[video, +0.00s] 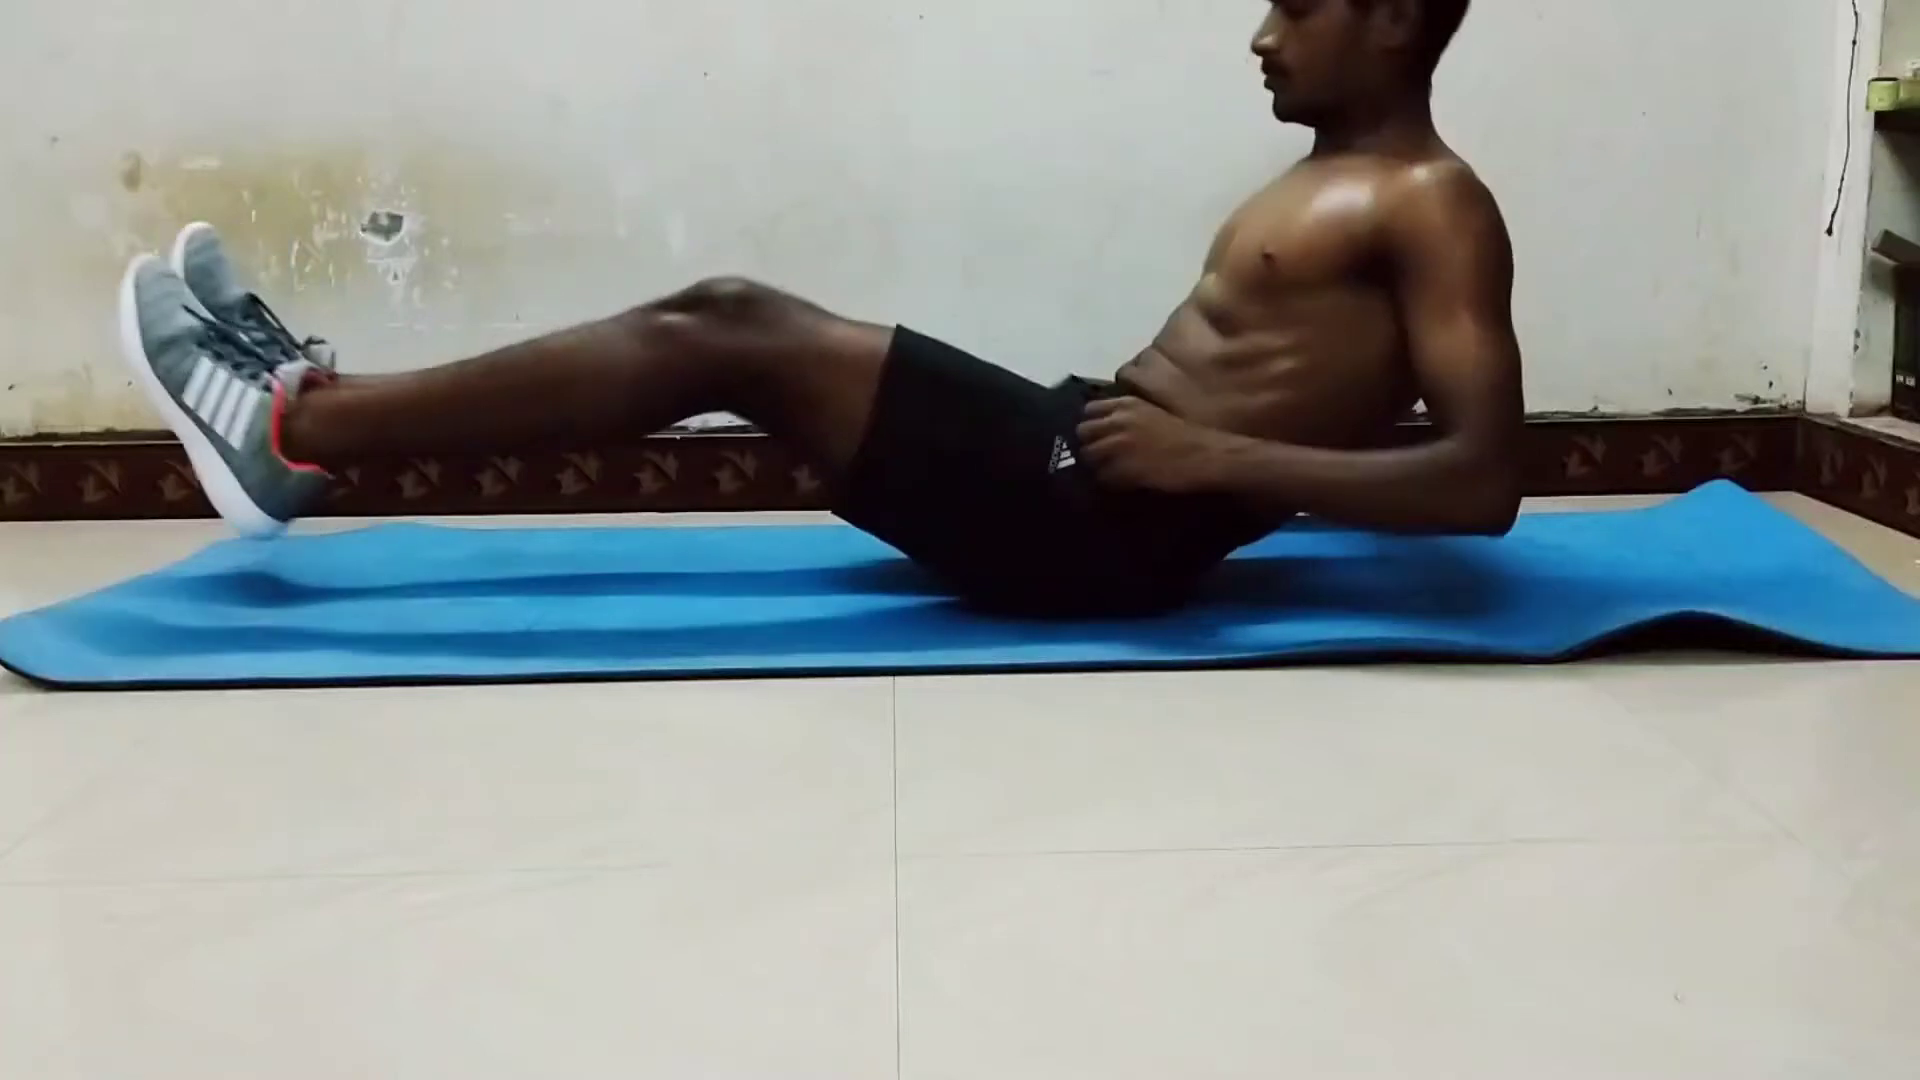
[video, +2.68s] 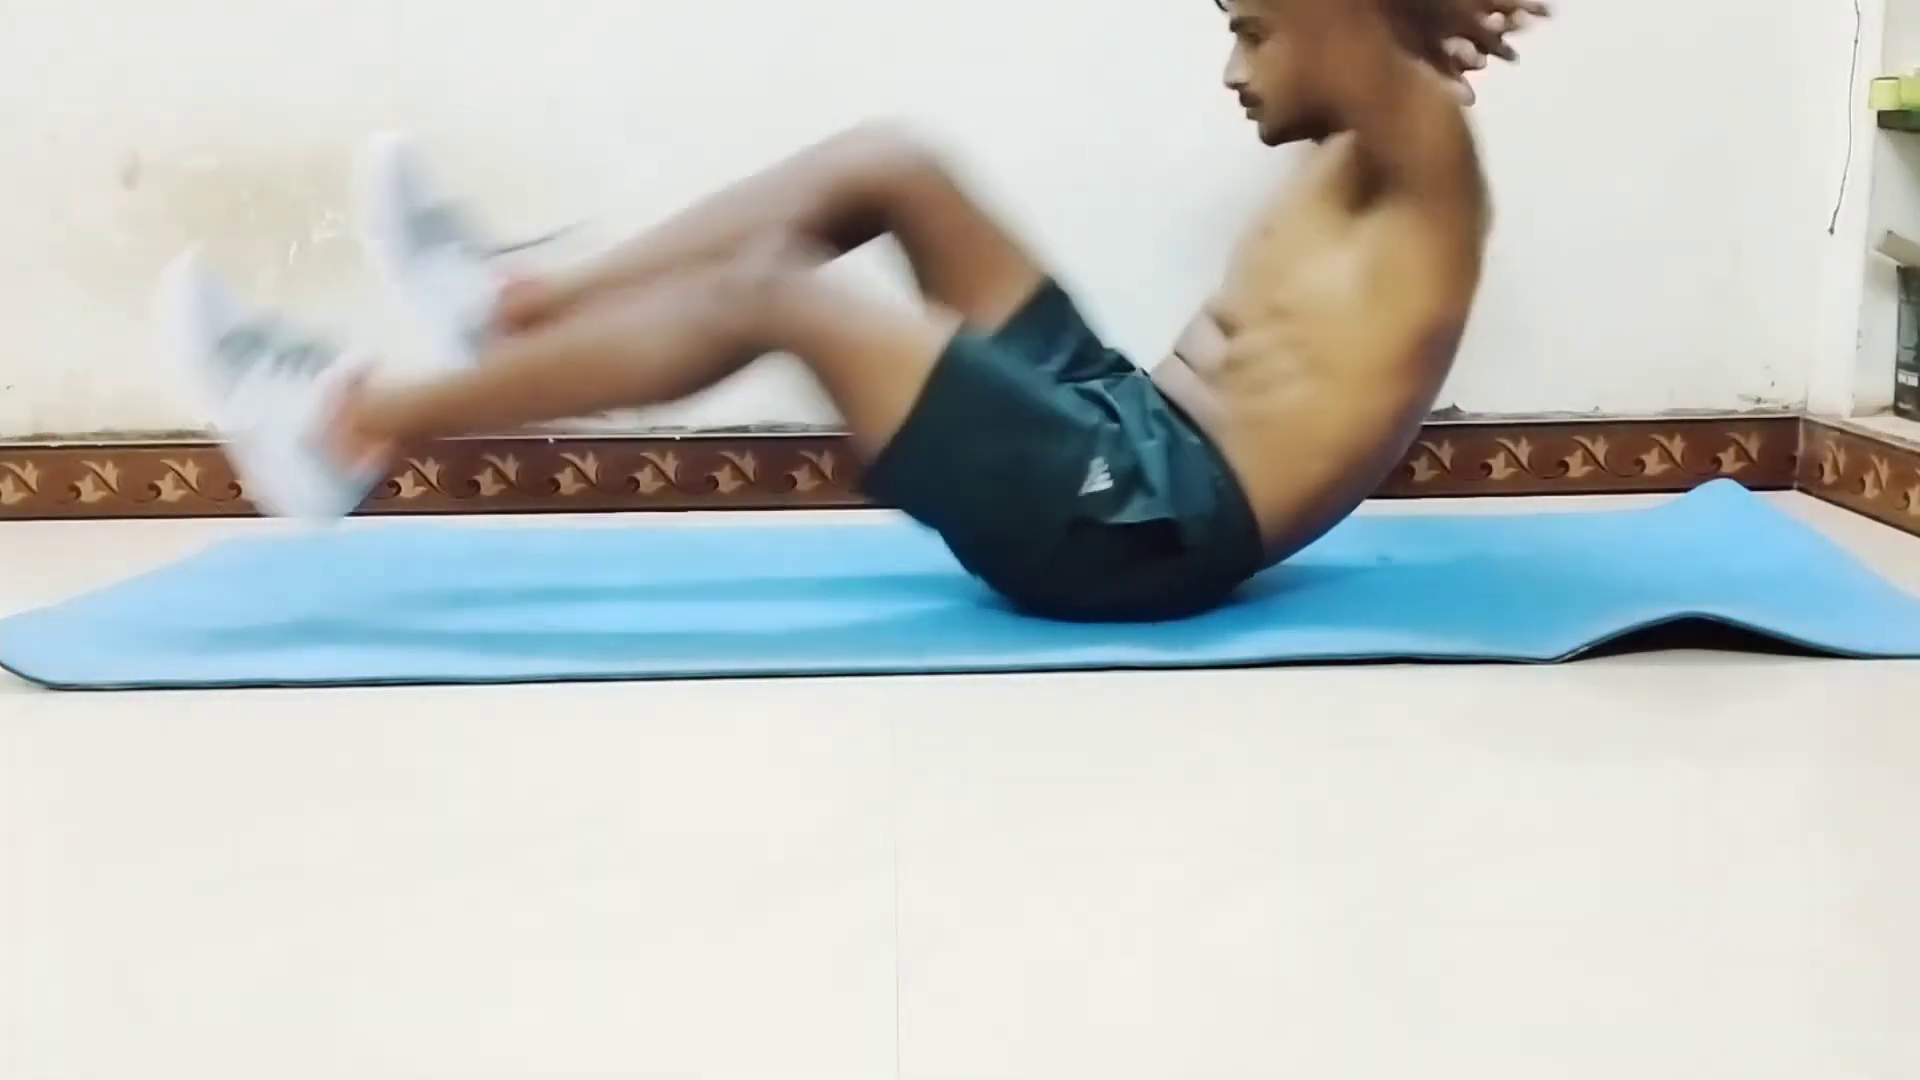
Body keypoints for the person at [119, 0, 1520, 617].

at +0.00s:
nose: (1266, 39)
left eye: (1294, 13)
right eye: (1274, 15)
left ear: (1393, 28)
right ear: (1366, 33)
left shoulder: (1432, 199)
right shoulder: (1330, 179)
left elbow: (1488, 477)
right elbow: (1344, 417)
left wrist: (1231, 461)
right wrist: (1148, 420)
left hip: (1114, 512)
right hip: (1074, 462)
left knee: (719, 329)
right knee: (715, 319)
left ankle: (295, 430)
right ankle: (323, 426)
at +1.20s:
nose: (1363, 68)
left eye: (1409, 47)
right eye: (1360, 35)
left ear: (1498, 70)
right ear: (1352, 40)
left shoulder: (1484, 264)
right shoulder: (1338, 198)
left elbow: (1483, 522)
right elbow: (1255, 385)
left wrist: (1293, 367)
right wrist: (1182, 269)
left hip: (1126, 503)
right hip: (1083, 456)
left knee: (707, 375)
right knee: (703, 360)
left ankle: (265, 414)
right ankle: (292, 453)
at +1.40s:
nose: (1324, 54)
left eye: (1360, 32)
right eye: (1333, 28)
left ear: (1475, 57)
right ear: (1420, 49)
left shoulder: (1498, 246)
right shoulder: (1367, 178)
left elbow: (1447, 468)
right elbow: (1296, 319)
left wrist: (1332, 207)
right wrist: (1267, 162)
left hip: (1139, 498)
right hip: (1093, 439)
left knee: (712, 369)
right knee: (709, 348)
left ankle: (272, 414)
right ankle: (313, 459)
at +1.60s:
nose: (1309, 49)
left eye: (1333, 18)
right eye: (1318, 24)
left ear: (1427, 29)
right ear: (1434, 46)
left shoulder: (1475, 212)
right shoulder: (1419, 195)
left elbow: (1388, 288)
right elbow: (1372, 291)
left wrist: (1379, 88)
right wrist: (1353, 105)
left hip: (1134, 506)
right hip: (1099, 432)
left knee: (716, 386)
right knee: (747, 291)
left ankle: (253, 419)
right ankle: (336, 446)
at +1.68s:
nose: (1300, 58)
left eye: (1324, 25)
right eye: (1308, 32)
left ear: (1423, 31)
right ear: (1421, 45)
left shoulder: (1463, 203)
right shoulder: (1412, 187)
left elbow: (1355, 223)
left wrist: (1375, 67)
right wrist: (1354, 78)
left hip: (1139, 503)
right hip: (1100, 424)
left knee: (733, 397)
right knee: (771, 271)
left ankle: (253, 430)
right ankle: (389, 415)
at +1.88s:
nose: (1419, 36)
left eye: (1416, 24)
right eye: (1414, 15)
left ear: (1424, 56)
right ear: (1408, 50)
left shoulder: (1430, 176)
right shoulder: (1383, 175)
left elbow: (1227, 69)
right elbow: (1250, 66)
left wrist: (1387, 43)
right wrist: (1384, 46)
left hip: (1132, 499)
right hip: (1093, 420)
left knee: (718, 428)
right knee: (859, 195)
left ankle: (236, 449)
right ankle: (516, 377)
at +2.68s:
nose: (1231, 69)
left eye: (1249, 40)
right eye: (1232, 41)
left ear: (1353, 29)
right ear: (1328, 37)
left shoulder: (1420, 171)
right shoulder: (1357, 170)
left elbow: (1376, 84)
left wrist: (1429, 48)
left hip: (1147, 513)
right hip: (1126, 435)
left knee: (787, 285)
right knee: (895, 170)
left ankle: (351, 428)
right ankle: (514, 305)